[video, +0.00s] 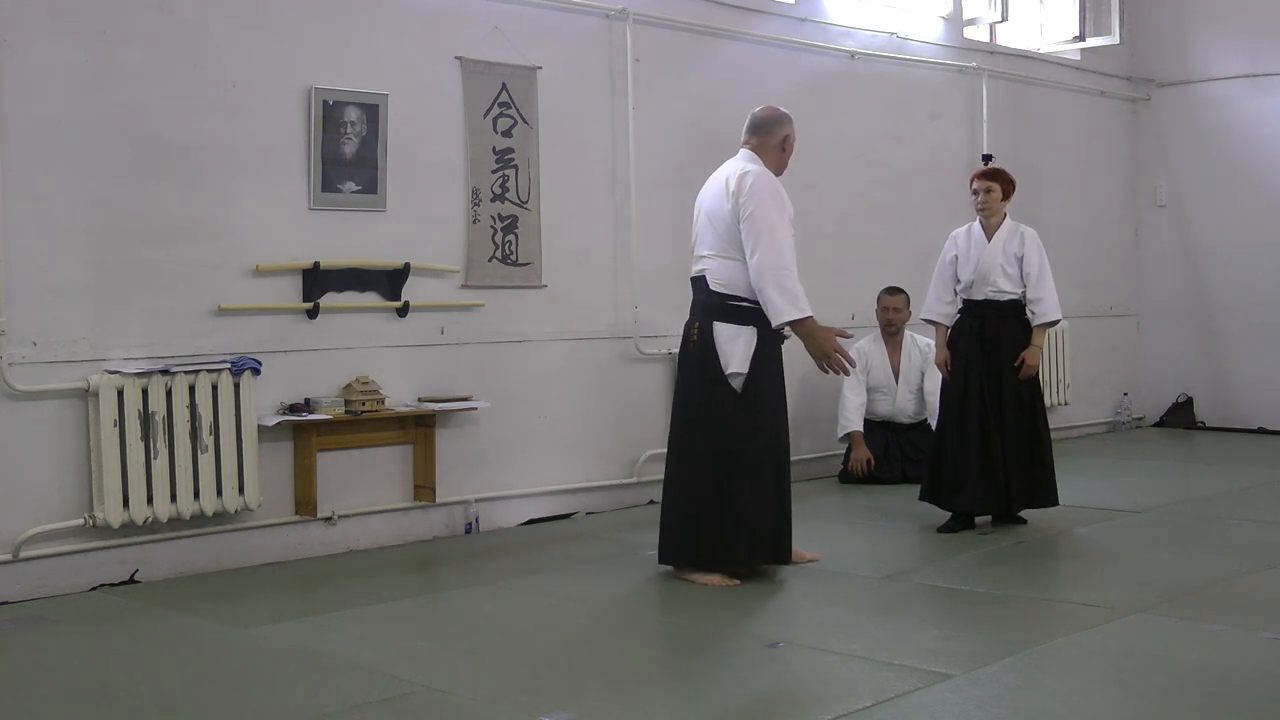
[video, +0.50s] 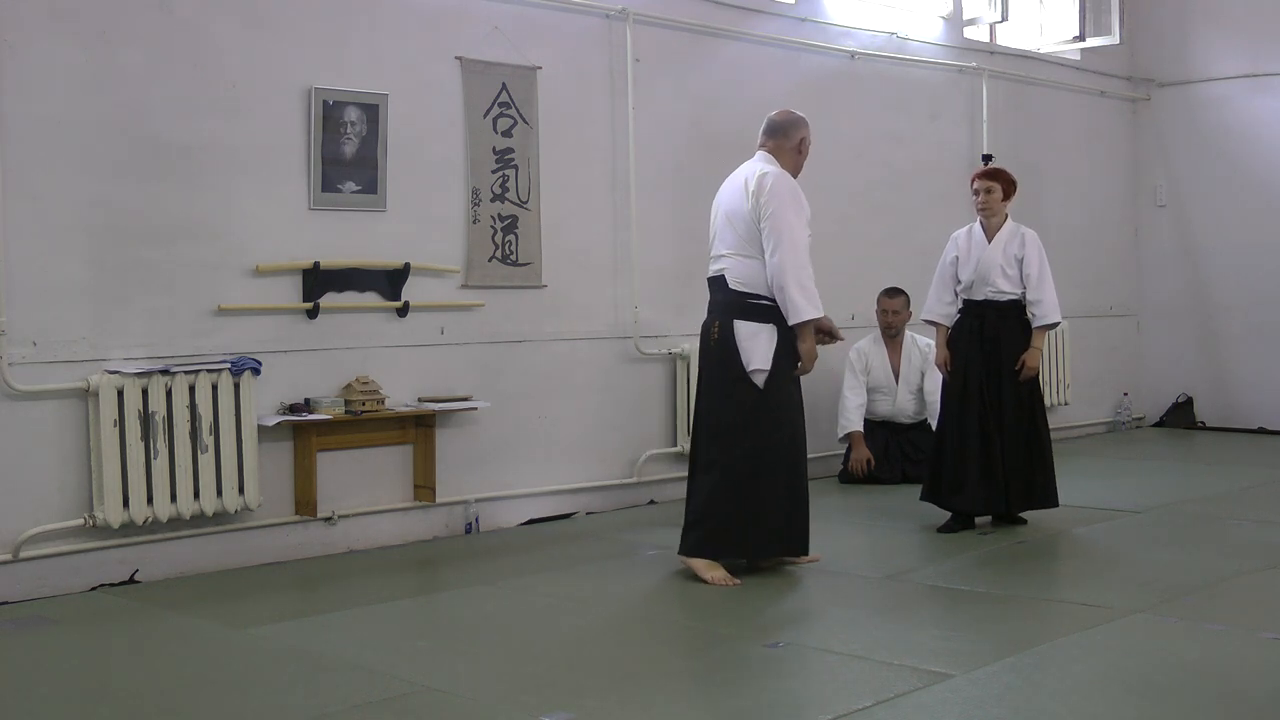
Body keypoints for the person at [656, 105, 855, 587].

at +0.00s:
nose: (792, 157)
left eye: (793, 148)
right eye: (793, 148)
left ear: (746, 137)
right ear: (784, 143)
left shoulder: (725, 176)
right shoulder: (758, 182)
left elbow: (741, 266)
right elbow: (771, 268)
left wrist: (800, 322)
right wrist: (811, 333)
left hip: (723, 321)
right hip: (732, 325)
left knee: (761, 435)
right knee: (711, 441)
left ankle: (766, 543)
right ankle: (693, 558)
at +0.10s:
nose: (796, 157)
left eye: (797, 148)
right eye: (797, 148)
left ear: (751, 138)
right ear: (789, 142)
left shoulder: (726, 178)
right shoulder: (763, 182)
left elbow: (729, 264)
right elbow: (778, 266)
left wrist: (774, 326)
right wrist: (816, 333)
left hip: (727, 321)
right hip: (736, 325)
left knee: (764, 436)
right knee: (712, 440)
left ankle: (769, 542)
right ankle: (693, 556)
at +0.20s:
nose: (800, 156)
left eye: (800, 147)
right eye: (801, 147)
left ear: (756, 138)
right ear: (792, 143)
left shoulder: (730, 177)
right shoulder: (768, 182)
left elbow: (738, 264)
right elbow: (782, 264)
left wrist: (777, 329)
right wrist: (818, 332)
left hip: (734, 322)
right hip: (738, 325)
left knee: (770, 435)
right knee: (712, 440)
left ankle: (769, 543)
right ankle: (693, 555)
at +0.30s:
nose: (803, 155)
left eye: (802, 146)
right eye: (803, 146)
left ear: (761, 138)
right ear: (794, 142)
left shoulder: (735, 177)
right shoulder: (771, 181)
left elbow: (747, 263)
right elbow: (785, 260)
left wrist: (785, 327)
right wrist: (815, 332)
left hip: (736, 319)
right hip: (743, 322)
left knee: (770, 434)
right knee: (718, 438)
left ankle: (769, 543)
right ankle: (695, 553)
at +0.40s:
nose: (805, 157)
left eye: (805, 149)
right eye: (806, 149)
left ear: (764, 139)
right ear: (797, 145)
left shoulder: (737, 178)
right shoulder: (775, 182)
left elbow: (730, 258)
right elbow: (786, 259)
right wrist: (808, 328)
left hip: (730, 317)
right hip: (752, 320)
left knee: (770, 434)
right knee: (724, 437)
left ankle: (770, 542)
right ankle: (697, 553)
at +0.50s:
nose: (808, 158)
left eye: (807, 149)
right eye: (808, 149)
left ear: (764, 141)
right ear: (799, 145)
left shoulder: (741, 179)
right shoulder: (777, 183)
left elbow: (767, 262)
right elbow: (787, 262)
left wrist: (811, 316)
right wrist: (804, 331)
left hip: (734, 317)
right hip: (753, 321)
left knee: (772, 434)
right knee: (737, 436)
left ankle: (770, 542)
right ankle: (700, 548)